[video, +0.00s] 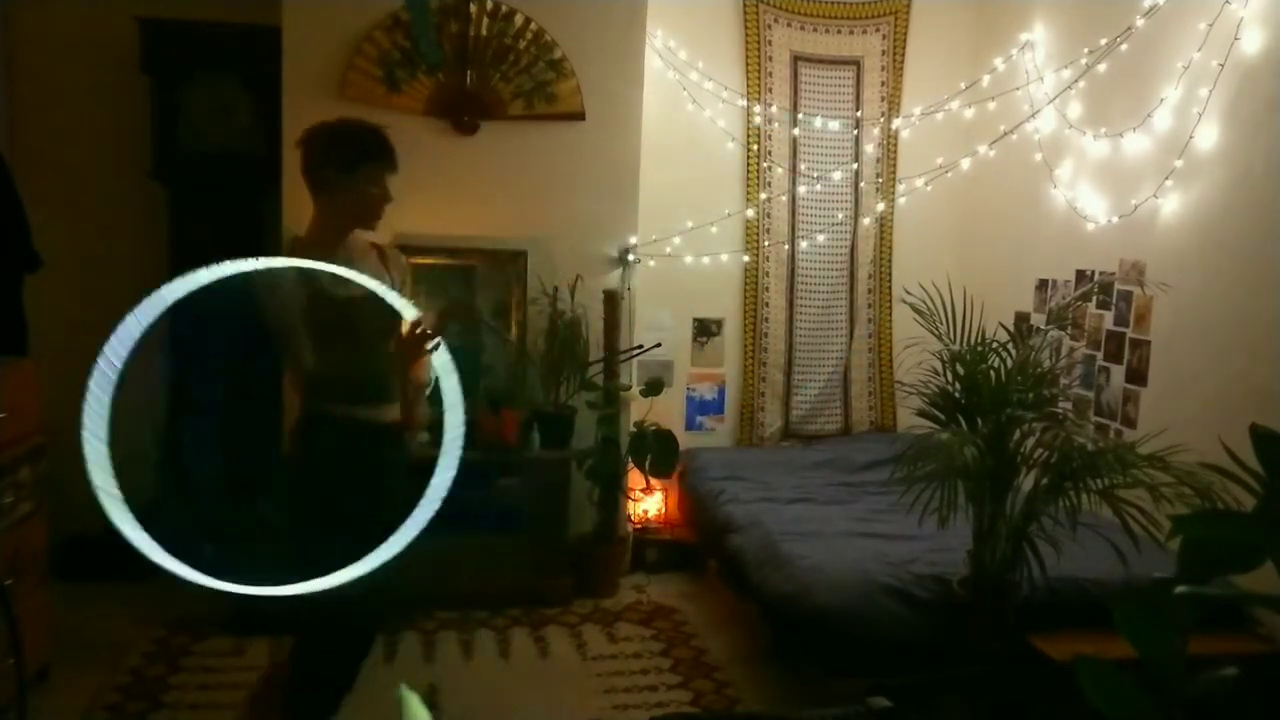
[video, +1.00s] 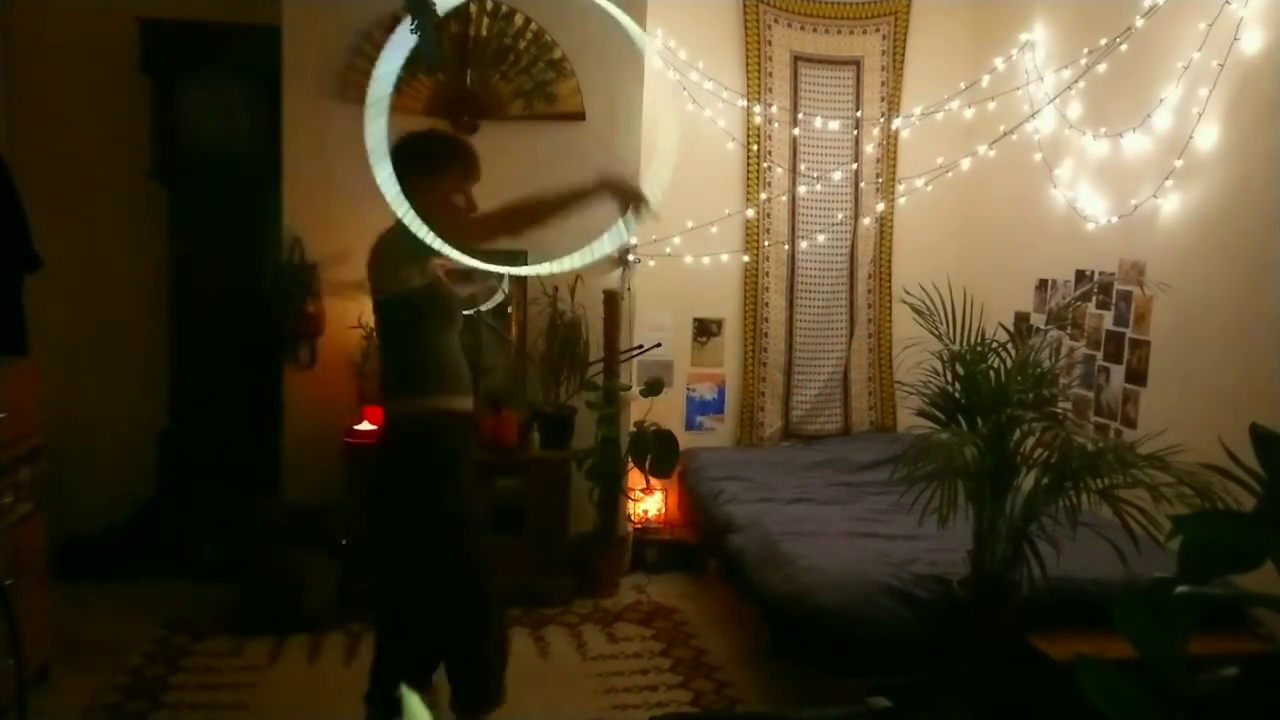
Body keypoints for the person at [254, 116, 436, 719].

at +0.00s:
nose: (389, 197)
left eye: (388, 183)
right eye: (377, 183)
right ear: (335, 185)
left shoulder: (388, 262)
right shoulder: (294, 266)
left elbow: (411, 364)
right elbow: (302, 373)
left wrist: (414, 432)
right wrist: (394, 360)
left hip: (382, 445)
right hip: (325, 445)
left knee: (363, 603)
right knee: (330, 606)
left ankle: (313, 702)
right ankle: (299, 703)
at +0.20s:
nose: (368, 189)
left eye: (372, 176)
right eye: (356, 176)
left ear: (370, 181)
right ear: (314, 178)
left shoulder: (381, 262)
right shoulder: (271, 274)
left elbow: (404, 356)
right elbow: (257, 390)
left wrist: (407, 411)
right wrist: (328, 438)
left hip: (370, 467)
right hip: (295, 469)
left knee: (348, 628)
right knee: (267, 615)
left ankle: (318, 707)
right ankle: (231, 700)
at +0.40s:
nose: (366, 195)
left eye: (373, 181)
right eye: (349, 179)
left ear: (381, 190)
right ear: (318, 182)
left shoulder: (395, 274)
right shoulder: (277, 274)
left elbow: (422, 369)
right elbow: (198, 350)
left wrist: (433, 448)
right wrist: (206, 429)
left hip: (372, 478)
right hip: (285, 481)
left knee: (376, 640)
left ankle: (376, 709)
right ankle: (224, 706)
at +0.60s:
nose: (399, 196)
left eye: (403, 184)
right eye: (384, 183)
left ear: (406, 193)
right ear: (341, 191)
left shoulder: (421, 274)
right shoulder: (311, 272)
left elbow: (470, 354)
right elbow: (227, 226)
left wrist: (500, 423)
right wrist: (236, 158)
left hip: (406, 450)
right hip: (338, 450)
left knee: (403, 590)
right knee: (335, 587)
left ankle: (383, 695)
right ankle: (330, 693)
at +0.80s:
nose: (431, 202)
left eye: (435, 189)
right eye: (419, 188)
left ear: (434, 196)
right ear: (377, 189)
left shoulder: (435, 273)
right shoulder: (341, 269)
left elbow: (464, 365)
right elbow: (349, 183)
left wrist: (490, 441)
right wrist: (365, 112)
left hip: (426, 447)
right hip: (368, 451)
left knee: (415, 588)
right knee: (395, 594)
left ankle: (393, 696)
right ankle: (391, 695)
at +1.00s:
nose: (472, 203)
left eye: (471, 189)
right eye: (462, 189)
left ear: (429, 187)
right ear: (423, 186)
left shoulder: (433, 257)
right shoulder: (399, 249)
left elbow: (516, 261)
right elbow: (502, 224)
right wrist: (600, 191)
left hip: (450, 447)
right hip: (418, 450)